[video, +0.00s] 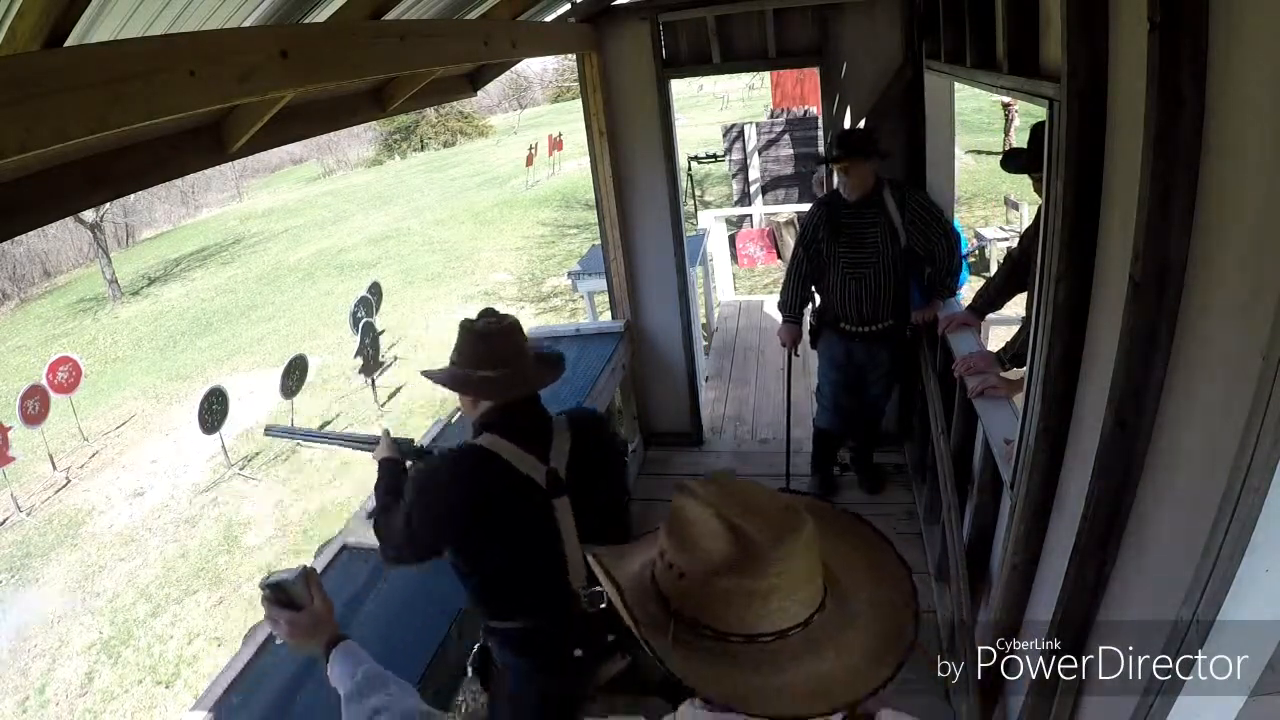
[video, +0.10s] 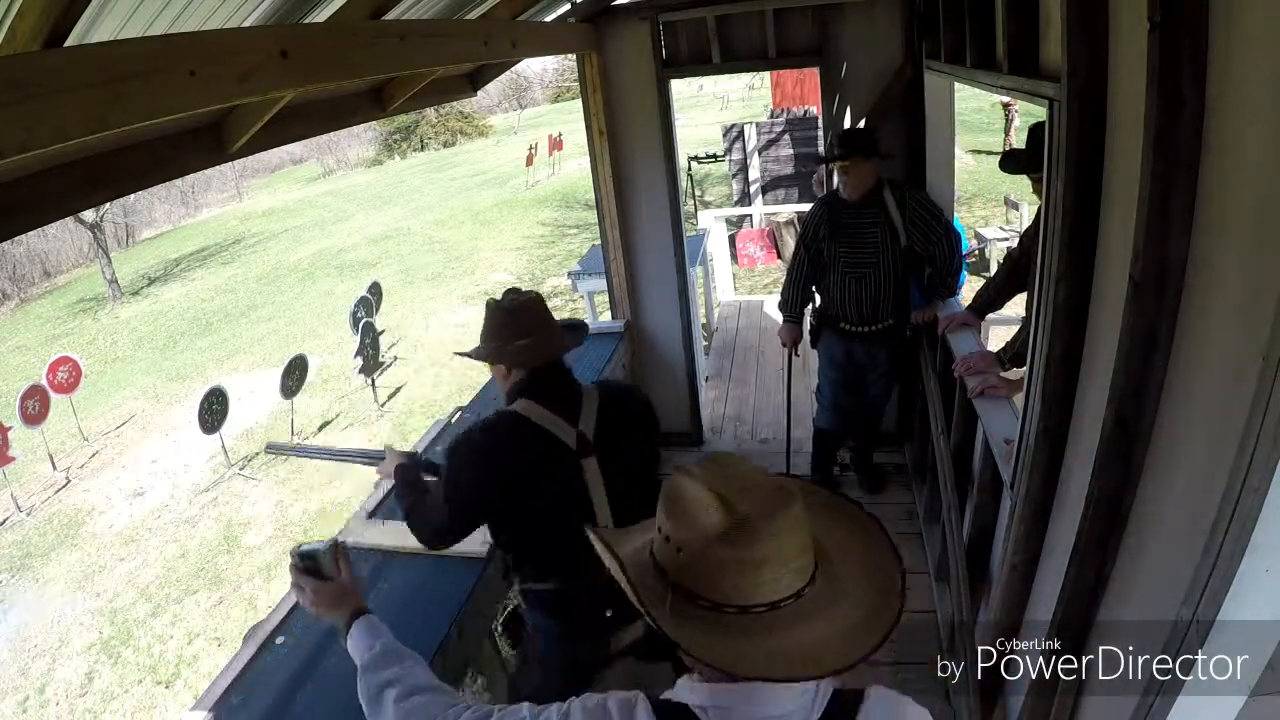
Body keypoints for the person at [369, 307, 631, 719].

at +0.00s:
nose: (456, 396)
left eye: (458, 386)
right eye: (457, 385)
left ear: (470, 392)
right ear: (530, 379)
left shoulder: (453, 476)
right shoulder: (589, 433)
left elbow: (396, 545)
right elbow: (615, 526)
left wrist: (388, 467)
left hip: (530, 648)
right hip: (611, 619)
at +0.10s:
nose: (491, 374)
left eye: (490, 364)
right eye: (489, 364)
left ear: (503, 368)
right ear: (559, 352)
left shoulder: (485, 446)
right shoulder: (626, 403)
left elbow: (436, 531)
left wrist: (403, 475)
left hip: (563, 615)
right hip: (644, 586)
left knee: (545, 705)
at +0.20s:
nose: (509, 359)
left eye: (509, 349)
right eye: (507, 349)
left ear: (526, 351)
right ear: (571, 334)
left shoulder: (510, 419)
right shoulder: (641, 379)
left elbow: (447, 505)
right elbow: (663, 464)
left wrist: (396, 475)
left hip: (586, 588)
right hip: (665, 561)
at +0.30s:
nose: (513, 351)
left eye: (513, 342)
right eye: (511, 342)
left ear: (532, 342)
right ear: (573, 322)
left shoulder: (527, 404)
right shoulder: (636, 364)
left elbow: (452, 480)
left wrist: (390, 477)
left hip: (606, 561)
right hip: (677, 532)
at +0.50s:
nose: (497, 356)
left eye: (497, 347)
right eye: (495, 347)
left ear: (514, 350)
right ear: (554, 330)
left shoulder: (521, 407)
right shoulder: (617, 353)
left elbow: (460, 472)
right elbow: (662, 421)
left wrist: (394, 523)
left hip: (619, 534)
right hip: (683, 501)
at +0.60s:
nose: (486, 361)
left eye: (486, 352)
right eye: (484, 352)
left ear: (504, 354)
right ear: (542, 331)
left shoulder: (515, 408)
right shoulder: (601, 345)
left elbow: (457, 480)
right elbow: (653, 399)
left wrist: (397, 541)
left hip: (622, 513)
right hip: (685, 475)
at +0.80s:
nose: (488, 339)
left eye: (487, 330)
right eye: (484, 330)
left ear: (505, 332)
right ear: (543, 309)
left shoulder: (530, 374)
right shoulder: (594, 321)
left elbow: (514, 449)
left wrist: (446, 476)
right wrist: (516, 383)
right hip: (681, 442)